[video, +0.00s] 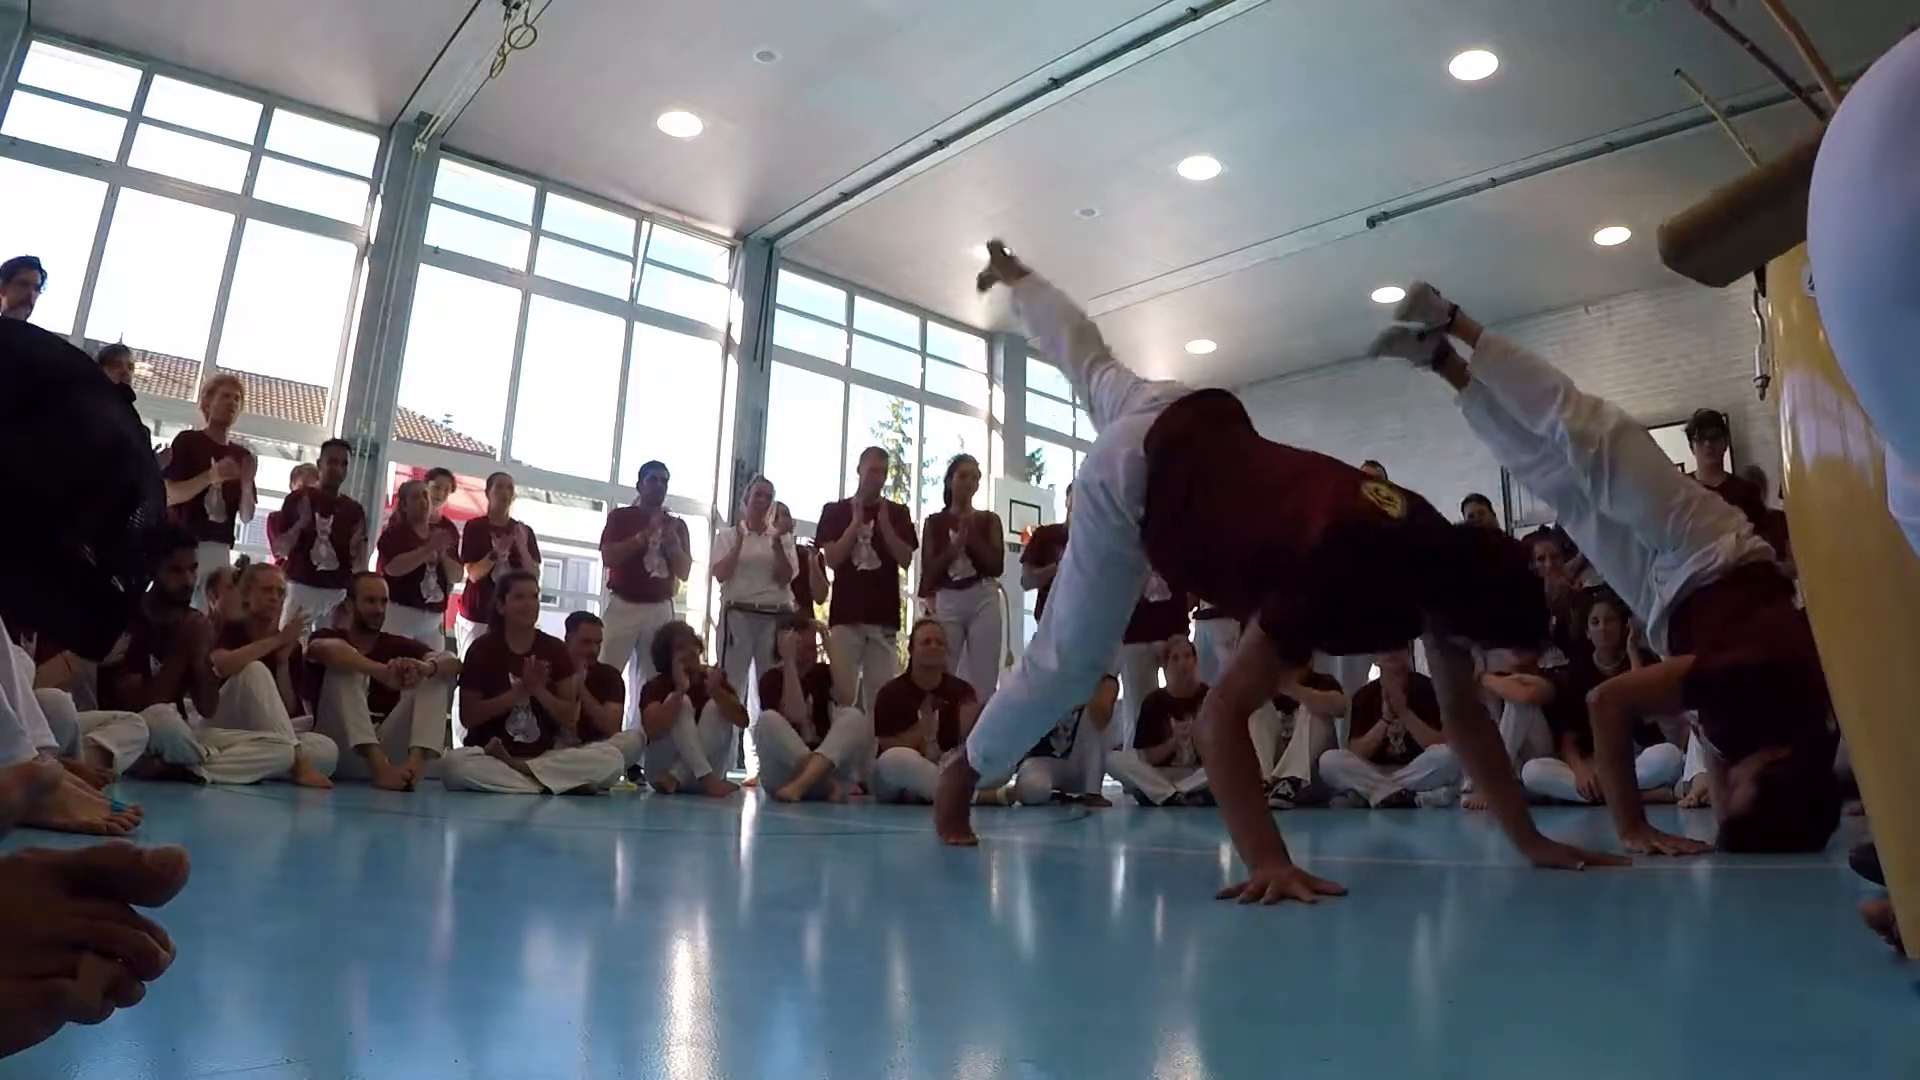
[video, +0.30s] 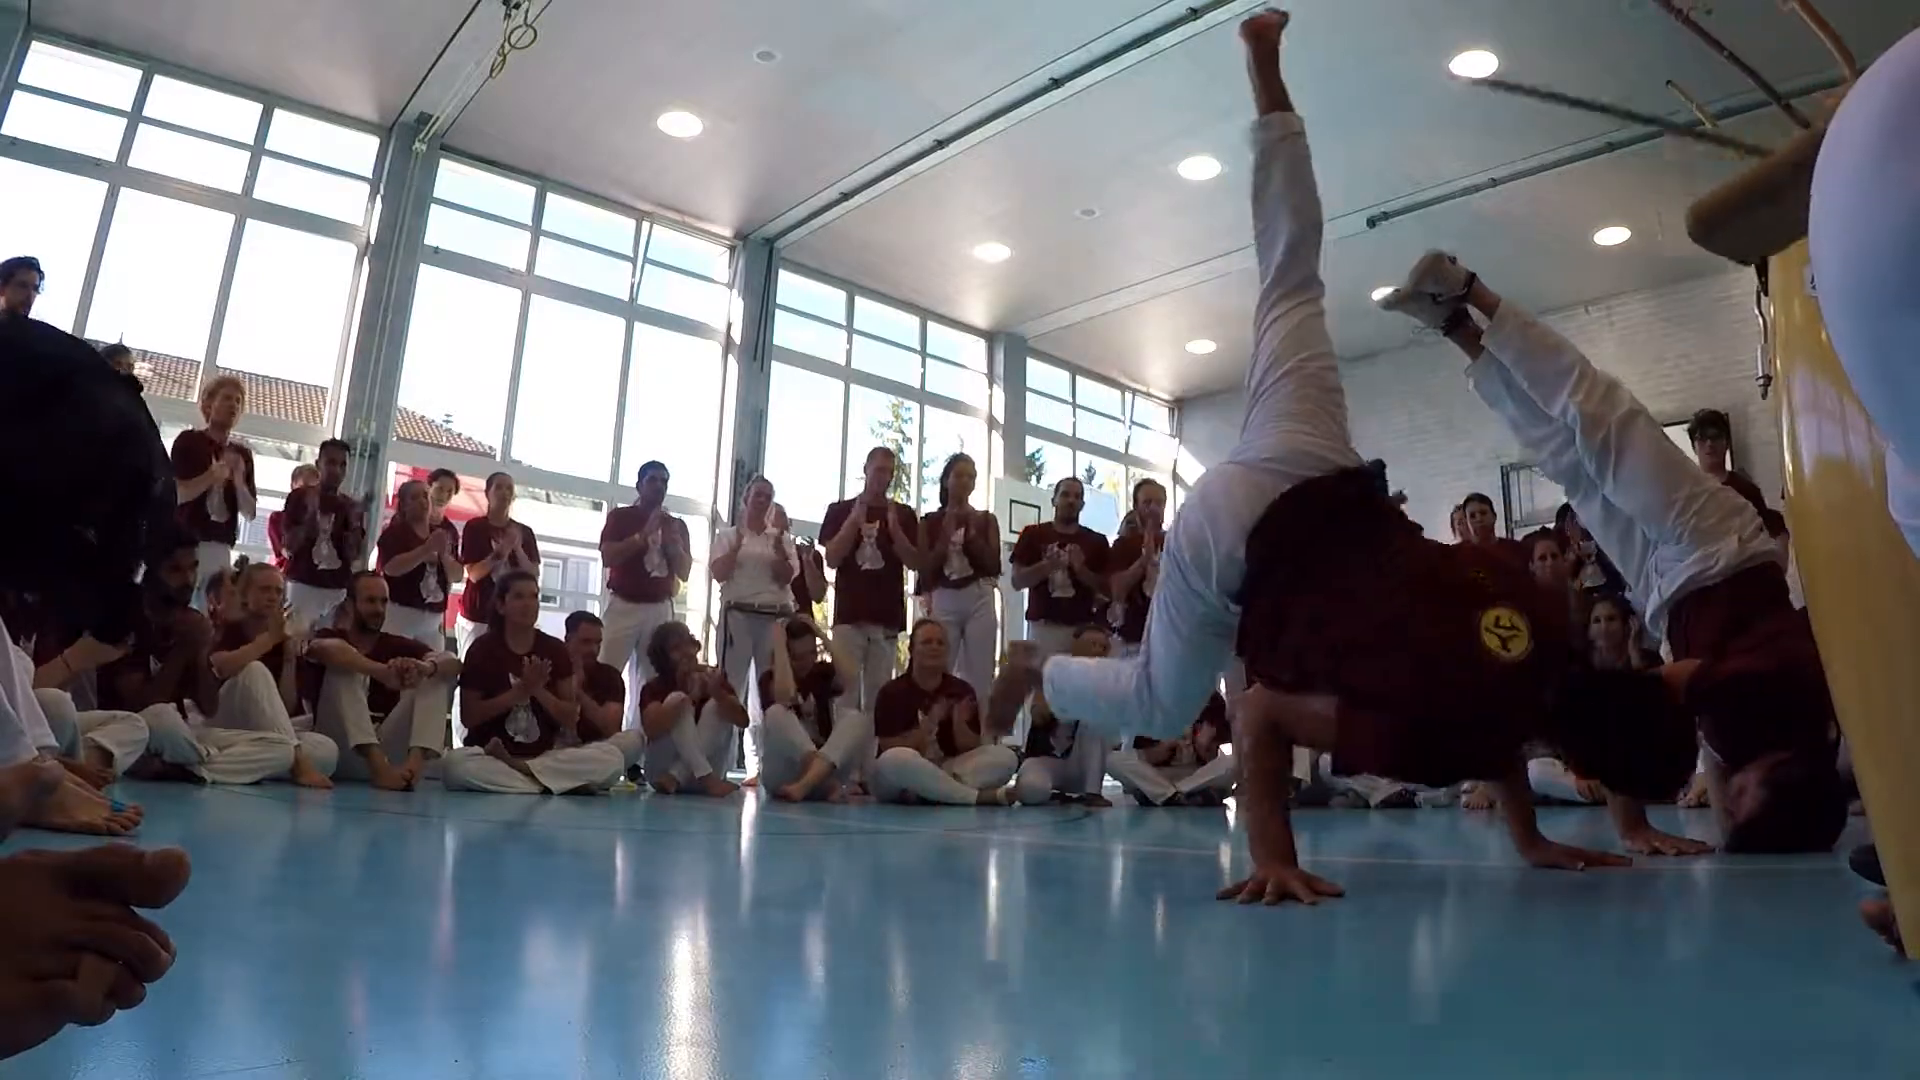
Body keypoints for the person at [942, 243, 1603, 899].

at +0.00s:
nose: (1484, 654)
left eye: (1499, 646)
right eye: (1487, 643)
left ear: (1478, 569)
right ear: (1463, 620)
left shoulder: (1443, 559)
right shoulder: (1340, 580)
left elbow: (1467, 714)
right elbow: (1220, 719)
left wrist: (1530, 841)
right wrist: (1267, 861)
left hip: (1196, 424)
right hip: (1134, 468)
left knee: (1089, 360)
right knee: (1067, 662)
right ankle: (964, 771)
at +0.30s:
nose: (1617, 799)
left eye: (1632, 790)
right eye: (1622, 790)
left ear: (1609, 676)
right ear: (1581, 758)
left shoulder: (1541, 627)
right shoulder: (1435, 737)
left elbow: (1498, 723)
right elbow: (1259, 709)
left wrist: (1528, 839)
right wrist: (1273, 863)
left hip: (1316, 466)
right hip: (1229, 517)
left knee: (1293, 280)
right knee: (1158, 707)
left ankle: (1266, 69)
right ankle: (1033, 669)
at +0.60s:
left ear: (1654, 775)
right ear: (1600, 848)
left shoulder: (1596, 688)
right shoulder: (1426, 800)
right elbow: (1279, 702)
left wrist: (1528, 824)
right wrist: (1273, 857)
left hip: (1388, 482)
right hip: (1279, 544)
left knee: (1325, 258)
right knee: (1208, 471)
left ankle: (1240, 44)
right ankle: (1132, 332)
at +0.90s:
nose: (1549, 878)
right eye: (1568, 877)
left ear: (1647, 797)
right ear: (1559, 854)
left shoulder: (1611, 690)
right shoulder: (1420, 794)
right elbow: (1279, 702)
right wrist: (1276, 858)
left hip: (1446, 486)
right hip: (1321, 524)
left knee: (1372, 258)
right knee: (1296, 307)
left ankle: (1323, 114)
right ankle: (1264, 144)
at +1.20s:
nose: (1557, 878)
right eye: (1578, 877)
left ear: (1657, 792)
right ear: (1571, 854)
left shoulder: (1613, 688)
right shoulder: (1425, 802)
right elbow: (1282, 697)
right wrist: (1277, 858)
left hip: (1439, 479)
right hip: (1312, 520)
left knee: (1391, 301)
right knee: (1309, 345)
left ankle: (1313, 122)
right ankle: (1273, 158)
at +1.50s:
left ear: (1662, 770)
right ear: (1601, 857)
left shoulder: (1613, 671)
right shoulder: (1440, 820)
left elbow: (1481, 594)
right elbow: (1284, 705)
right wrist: (1276, 857)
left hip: (1343, 500)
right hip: (1245, 592)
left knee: (1358, 294)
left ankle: (1238, 343)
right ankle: (1221, 481)